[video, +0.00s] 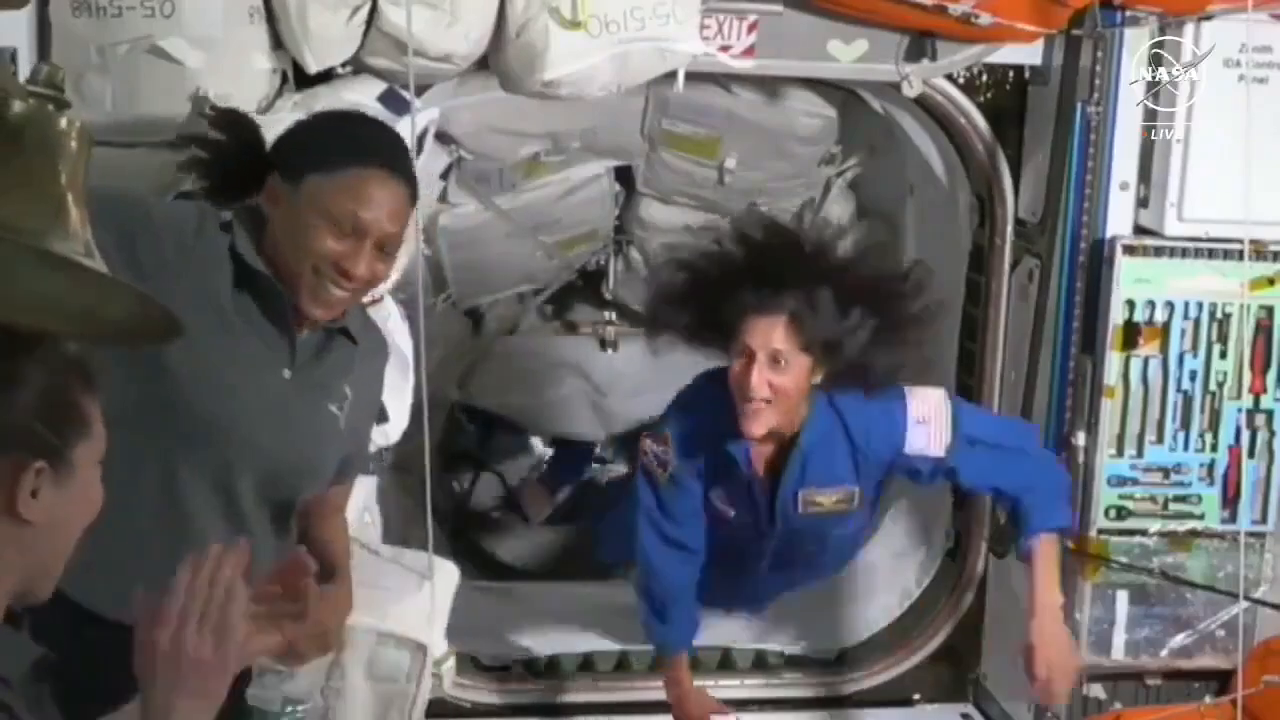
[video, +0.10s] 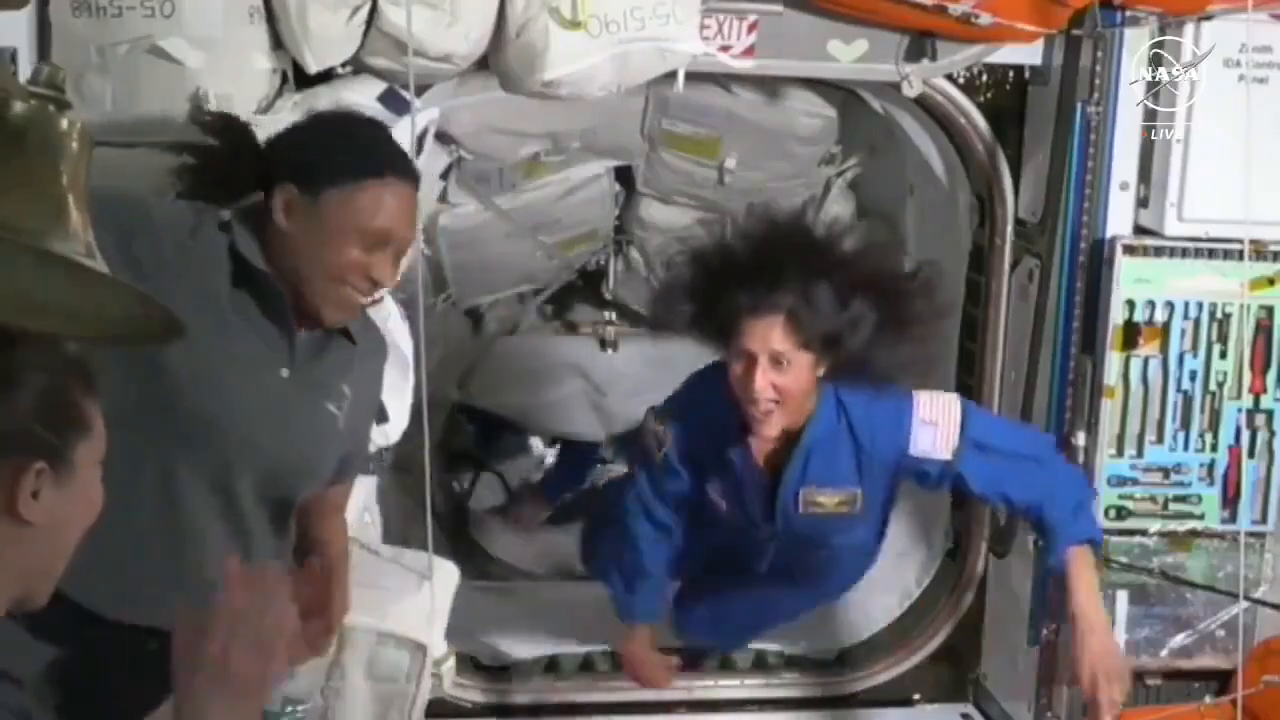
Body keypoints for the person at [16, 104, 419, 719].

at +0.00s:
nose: (361, 266)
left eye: (385, 249)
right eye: (344, 231)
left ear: (399, 254)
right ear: (274, 196)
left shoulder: (361, 352)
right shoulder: (154, 242)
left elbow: (325, 507)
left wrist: (338, 596)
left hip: (217, 651)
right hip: (74, 621)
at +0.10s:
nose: (387, 275)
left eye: (400, 255)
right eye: (372, 245)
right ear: (289, 208)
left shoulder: (360, 353)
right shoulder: (159, 245)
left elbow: (325, 504)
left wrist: (325, 590)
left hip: (222, 646)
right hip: (74, 619)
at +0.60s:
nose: (404, 283)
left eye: (411, 256)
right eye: (397, 250)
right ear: (319, 223)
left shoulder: (355, 357)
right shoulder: (150, 253)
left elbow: (319, 512)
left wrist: (334, 594)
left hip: (206, 670)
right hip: (61, 640)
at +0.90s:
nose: (389, 280)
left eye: (396, 254)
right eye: (381, 248)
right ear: (298, 219)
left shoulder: (345, 343)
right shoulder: (137, 253)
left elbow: (321, 505)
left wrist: (362, 576)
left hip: (220, 667)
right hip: (84, 647)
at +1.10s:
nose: (367, 263)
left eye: (380, 240)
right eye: (349, 231)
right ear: (262, 205)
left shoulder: (346, 342)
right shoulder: (139, 248)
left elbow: (326, 500)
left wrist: (365, 559)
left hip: (223, 664)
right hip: (86, 645)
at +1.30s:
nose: (281, 226)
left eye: (319, 212)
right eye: (266, 192)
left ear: (361, 239)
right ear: (237, 186)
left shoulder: (353, 347)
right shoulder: (142, 246)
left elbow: (344, 521)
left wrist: (354, 566)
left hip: (218, 645)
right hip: (77, 616)